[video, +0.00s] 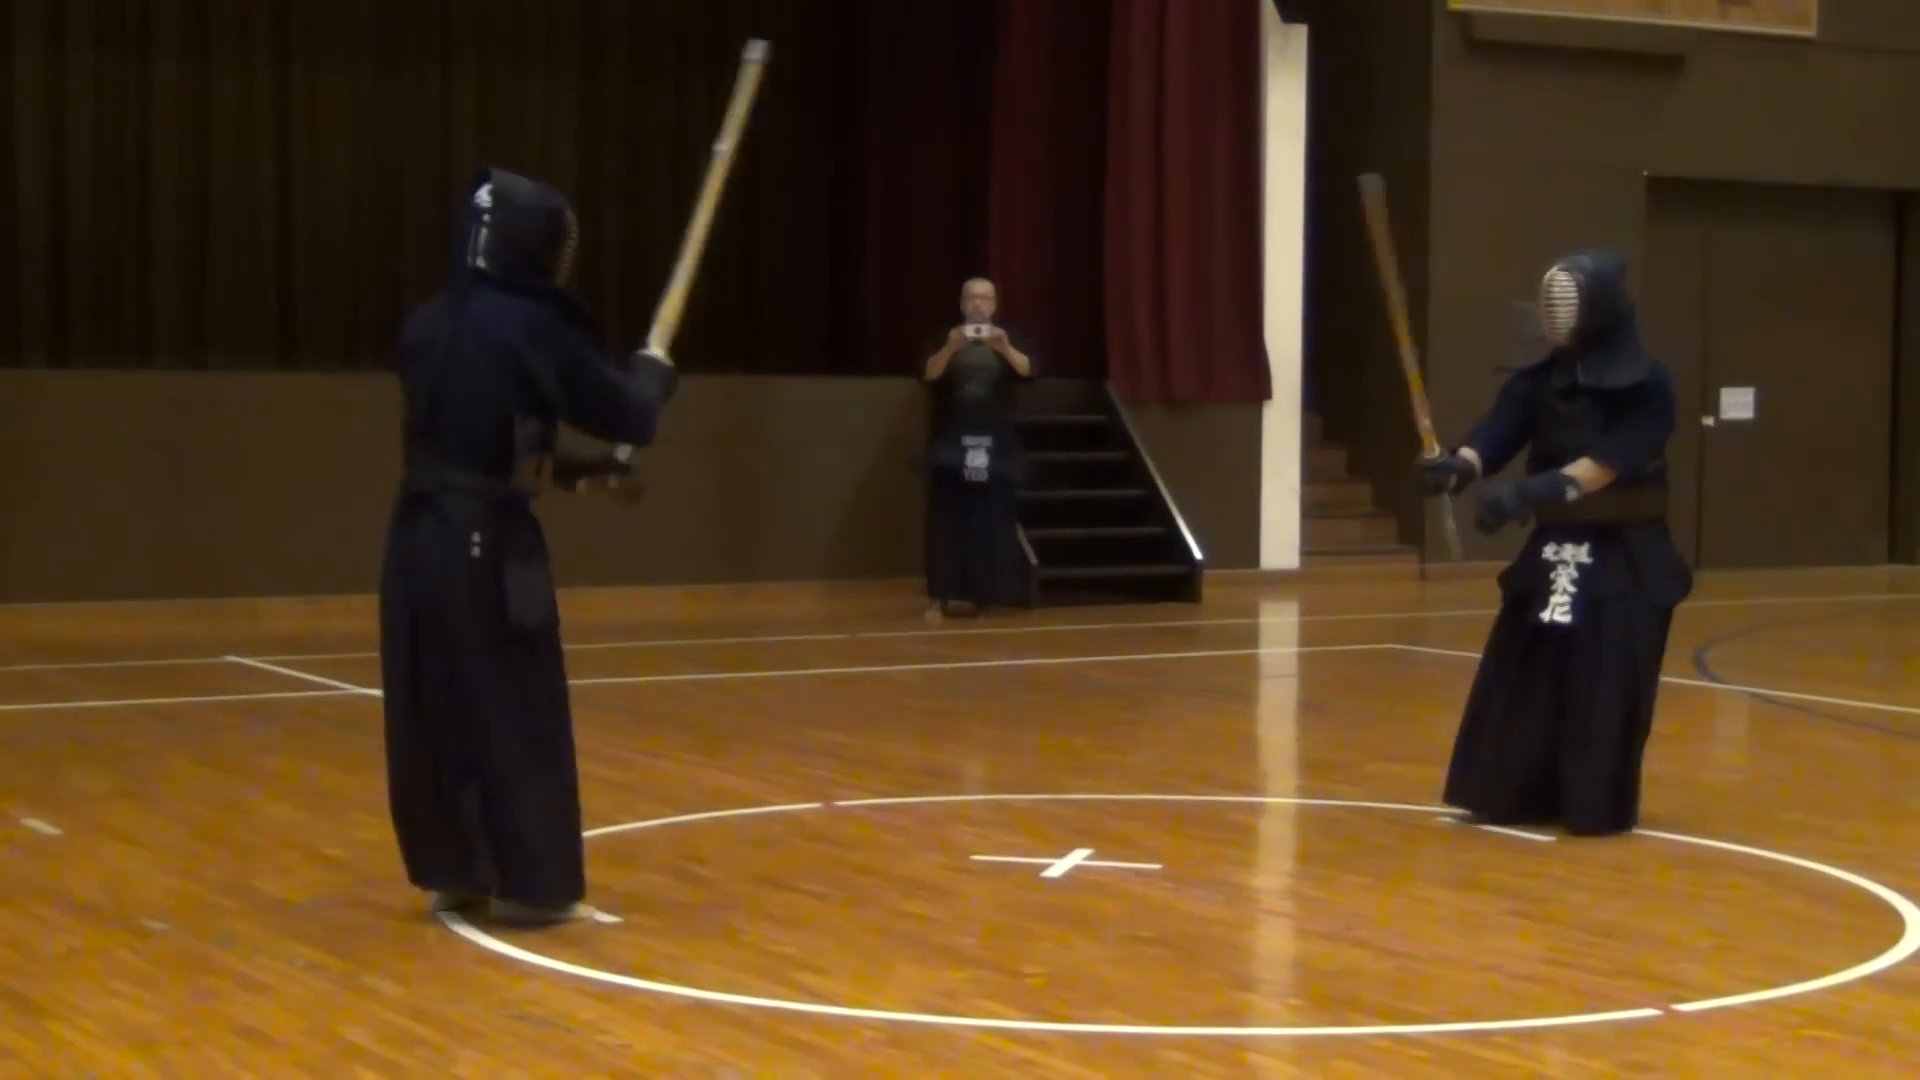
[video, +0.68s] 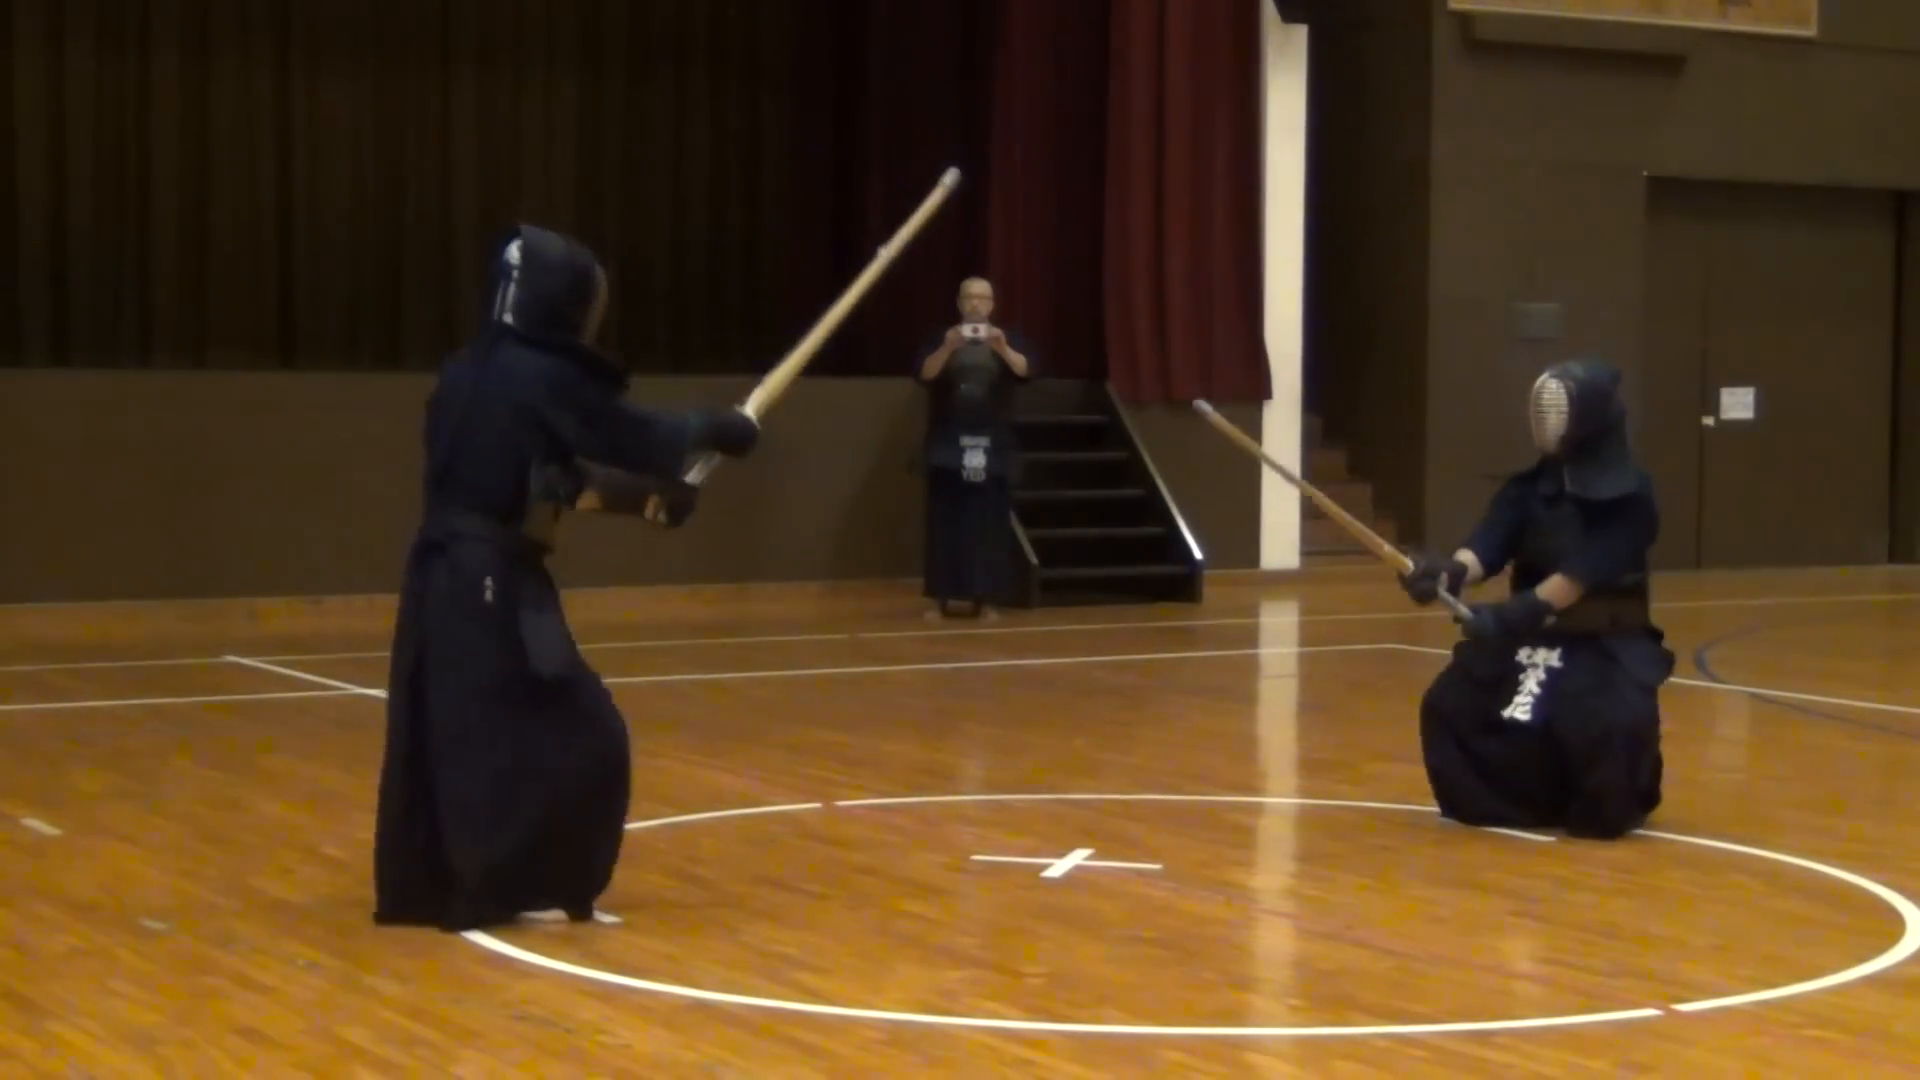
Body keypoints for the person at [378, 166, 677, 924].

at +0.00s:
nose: (565, 258)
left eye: (561, 244)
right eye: (559, 246)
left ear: (483, 242)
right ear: (540, 250)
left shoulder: (432, 320)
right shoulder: (535, 325)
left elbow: (486, 438)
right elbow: (627, 415)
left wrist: (586, 467)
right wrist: (651, 371)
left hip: (420, 535)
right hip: (492, 541)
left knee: (437, 702)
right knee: (519, 706)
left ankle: (456, 878)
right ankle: (534, 888)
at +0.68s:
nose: (597, 315)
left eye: (596, 301)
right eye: (591, 302)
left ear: (521, 300)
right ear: (565, 307)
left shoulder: (467, 370)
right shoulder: (553, 379)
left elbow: (544, 478)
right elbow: (633, 437)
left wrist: (643, 498)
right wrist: (714, 426)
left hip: (437, 582)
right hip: (497, 589)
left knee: (462, 730)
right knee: (590, 731)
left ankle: (456, 889)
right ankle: (540, 886)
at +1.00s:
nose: (578, 450)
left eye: (574, 437)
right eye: (572, 438)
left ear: (499, 439)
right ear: (560, 445)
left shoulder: (468, 517)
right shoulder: (559, 514)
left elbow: (556, 604)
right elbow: (646, 572)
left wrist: (650, 619)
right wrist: (719, 551)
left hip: (443, 729)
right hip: (510, 739)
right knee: (666, 788)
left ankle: (433, 859)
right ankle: (542, 888)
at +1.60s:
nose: (601, 491)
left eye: (598, 477)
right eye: (595, 478)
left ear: (517, 476)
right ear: (577, 485)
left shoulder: (483, 559)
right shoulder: (575, 570)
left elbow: (564, 659)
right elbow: (651, 656)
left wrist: (647, 679)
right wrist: (712, 614)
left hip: (467, 762)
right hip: (532, 778)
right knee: (697, 807)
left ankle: (453, 867)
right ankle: (535, 885)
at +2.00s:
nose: (586, 493)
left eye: (584, 478)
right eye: (580, 479)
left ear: (502, 477)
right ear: (558, 484)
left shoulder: (468, 559)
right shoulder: (566, 572)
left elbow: (531, 655)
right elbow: (635, 658)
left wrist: (607, 688)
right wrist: (698, 656)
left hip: (463, 762)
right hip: (532, 778)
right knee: (695, 805)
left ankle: (457, 865)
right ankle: (534, 883)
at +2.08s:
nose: (584, 493)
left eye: (582, 478)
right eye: (578, 479)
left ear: (501, 479)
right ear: (557, 486)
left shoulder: (465, 560)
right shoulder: (564, 571)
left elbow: (523, 654)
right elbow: (637, 659)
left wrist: (603, 688)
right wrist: (703, 661)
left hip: (462, 763)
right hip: (532, 775)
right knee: (695, 804)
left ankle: (456, 868)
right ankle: (541, 883)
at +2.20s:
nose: (584, 490)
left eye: (581, 476)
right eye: (577, 476)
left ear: (499, 477)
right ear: (558, 484)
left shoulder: (464, 560)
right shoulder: (566, 571)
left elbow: (530, 651)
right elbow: (639, 659)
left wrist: (606, 688)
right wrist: (702, 664)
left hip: (463, 763)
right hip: (532, 775)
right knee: (696, 805)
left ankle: (456, 867)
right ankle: (541, 884)